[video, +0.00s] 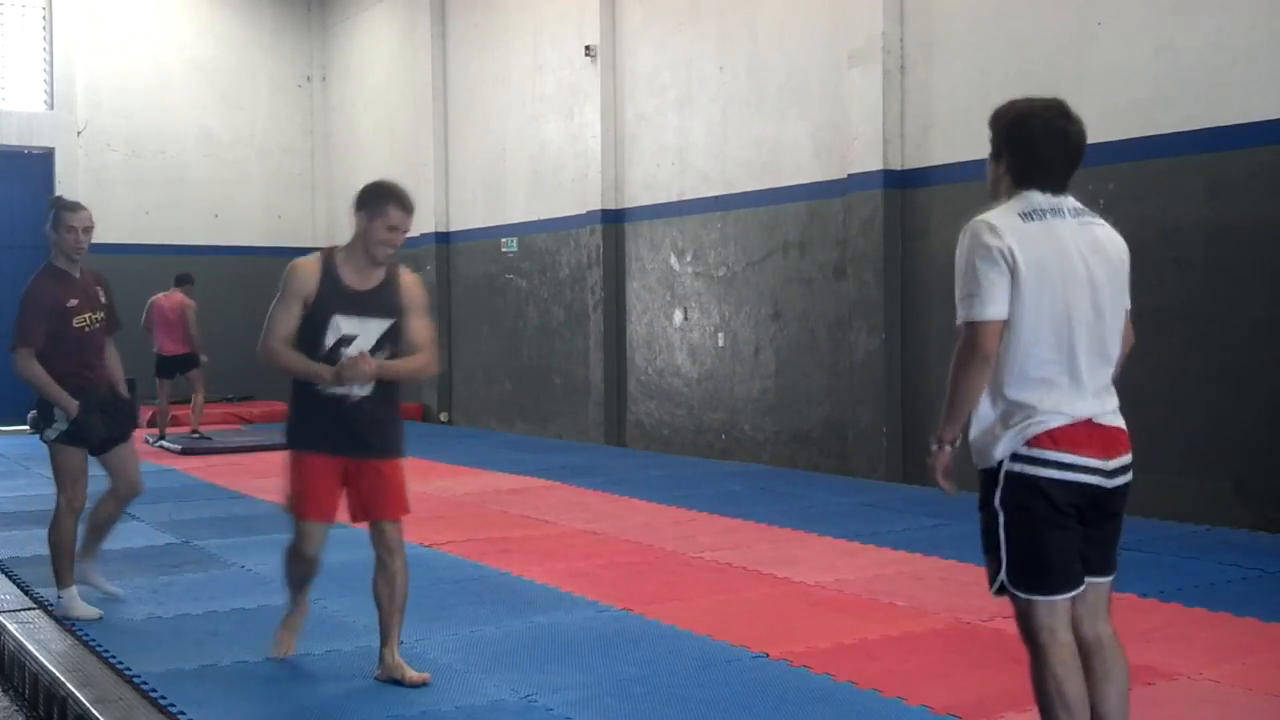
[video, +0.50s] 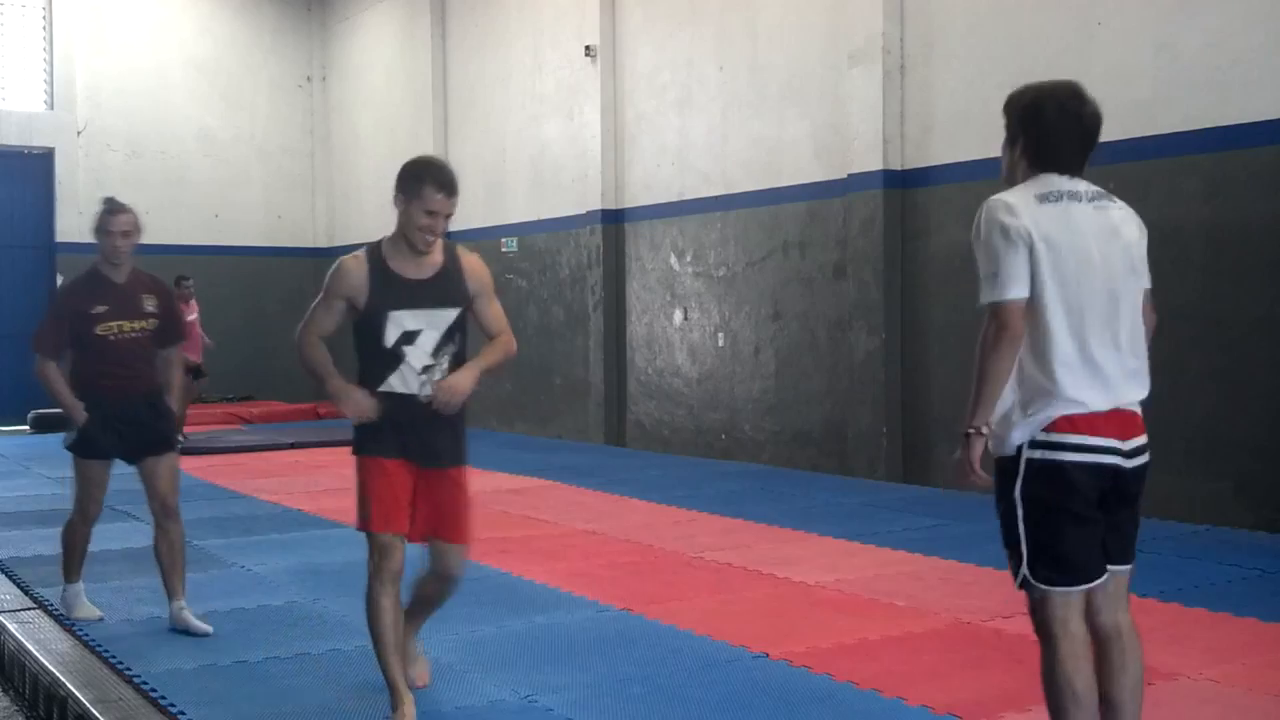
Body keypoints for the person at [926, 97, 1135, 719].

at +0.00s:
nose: (987, 161)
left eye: (991, 151)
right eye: (989, 150)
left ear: (1004, 161)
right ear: (1069, 163)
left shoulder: (992, 231)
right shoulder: (1106, 235)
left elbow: (980, 347)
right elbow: (1120, 342)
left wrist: (947, 436)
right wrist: (1065, 399)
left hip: (1030, 462)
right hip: (1108, 460)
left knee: (1048, 631)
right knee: (1096, 623)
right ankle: (1113, 718)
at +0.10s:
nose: (991, 151)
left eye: (996, 140)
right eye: (994, 139)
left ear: (1010, 149)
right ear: (1073, 152)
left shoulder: (995, 218)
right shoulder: (1111, 224)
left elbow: (991, 333)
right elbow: (1129, 326)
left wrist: (963, 428)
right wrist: (1091, 395)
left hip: (1034, 449)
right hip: (1110, 447)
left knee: (1053, 622)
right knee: (1098, 613)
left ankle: (1076, 718)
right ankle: (1112, 715)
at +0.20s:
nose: (993, 139)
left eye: (997, 128)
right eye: (996, 127)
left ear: (1010, 136)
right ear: (1076, 142)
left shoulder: (994, 206)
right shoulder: (1112, 210)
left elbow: (995, 317)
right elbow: (1139, 313)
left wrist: (969, 413)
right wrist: (1098, 382)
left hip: (1038, 440)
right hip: (1114, 438)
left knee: (1051, 619)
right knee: (1105, 607)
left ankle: (1072, 718)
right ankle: (1116, 715)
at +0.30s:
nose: (994, 154)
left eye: (999, 144)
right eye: (997, 143)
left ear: (1012, 153)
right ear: (1077, 156)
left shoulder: (998, 225)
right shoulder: (1119, 231)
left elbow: (992, 340)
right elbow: (1137, 340)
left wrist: (963, 436)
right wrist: (1101, 410)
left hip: (1037, 462)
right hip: (1117, 461)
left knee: (1052, 633)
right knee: (1106, 623)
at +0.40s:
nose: (997, 163)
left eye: (1002, 152)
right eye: (1000, 152)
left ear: (1015, 161)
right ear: (1079, 163)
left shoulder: (1004, 231)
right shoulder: (1122, 239)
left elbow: (998, 349)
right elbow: (1130, 347)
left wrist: (968, 446)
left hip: (1045, 469)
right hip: (1121, 467)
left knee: (1058, 633)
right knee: (1106, 622)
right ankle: (1119, 717)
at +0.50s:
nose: (1002, 146)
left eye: (1006, 135)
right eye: (1004, 134)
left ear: (1021, 142)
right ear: (1082, 146)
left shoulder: (1008, 209)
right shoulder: (1124, 216)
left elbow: (1007, 324)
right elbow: (1143, 320)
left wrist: (978, 423)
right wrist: (1114, 400)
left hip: (1049, 450)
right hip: (1125, 447)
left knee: (1061, 623)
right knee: (1113, 614)